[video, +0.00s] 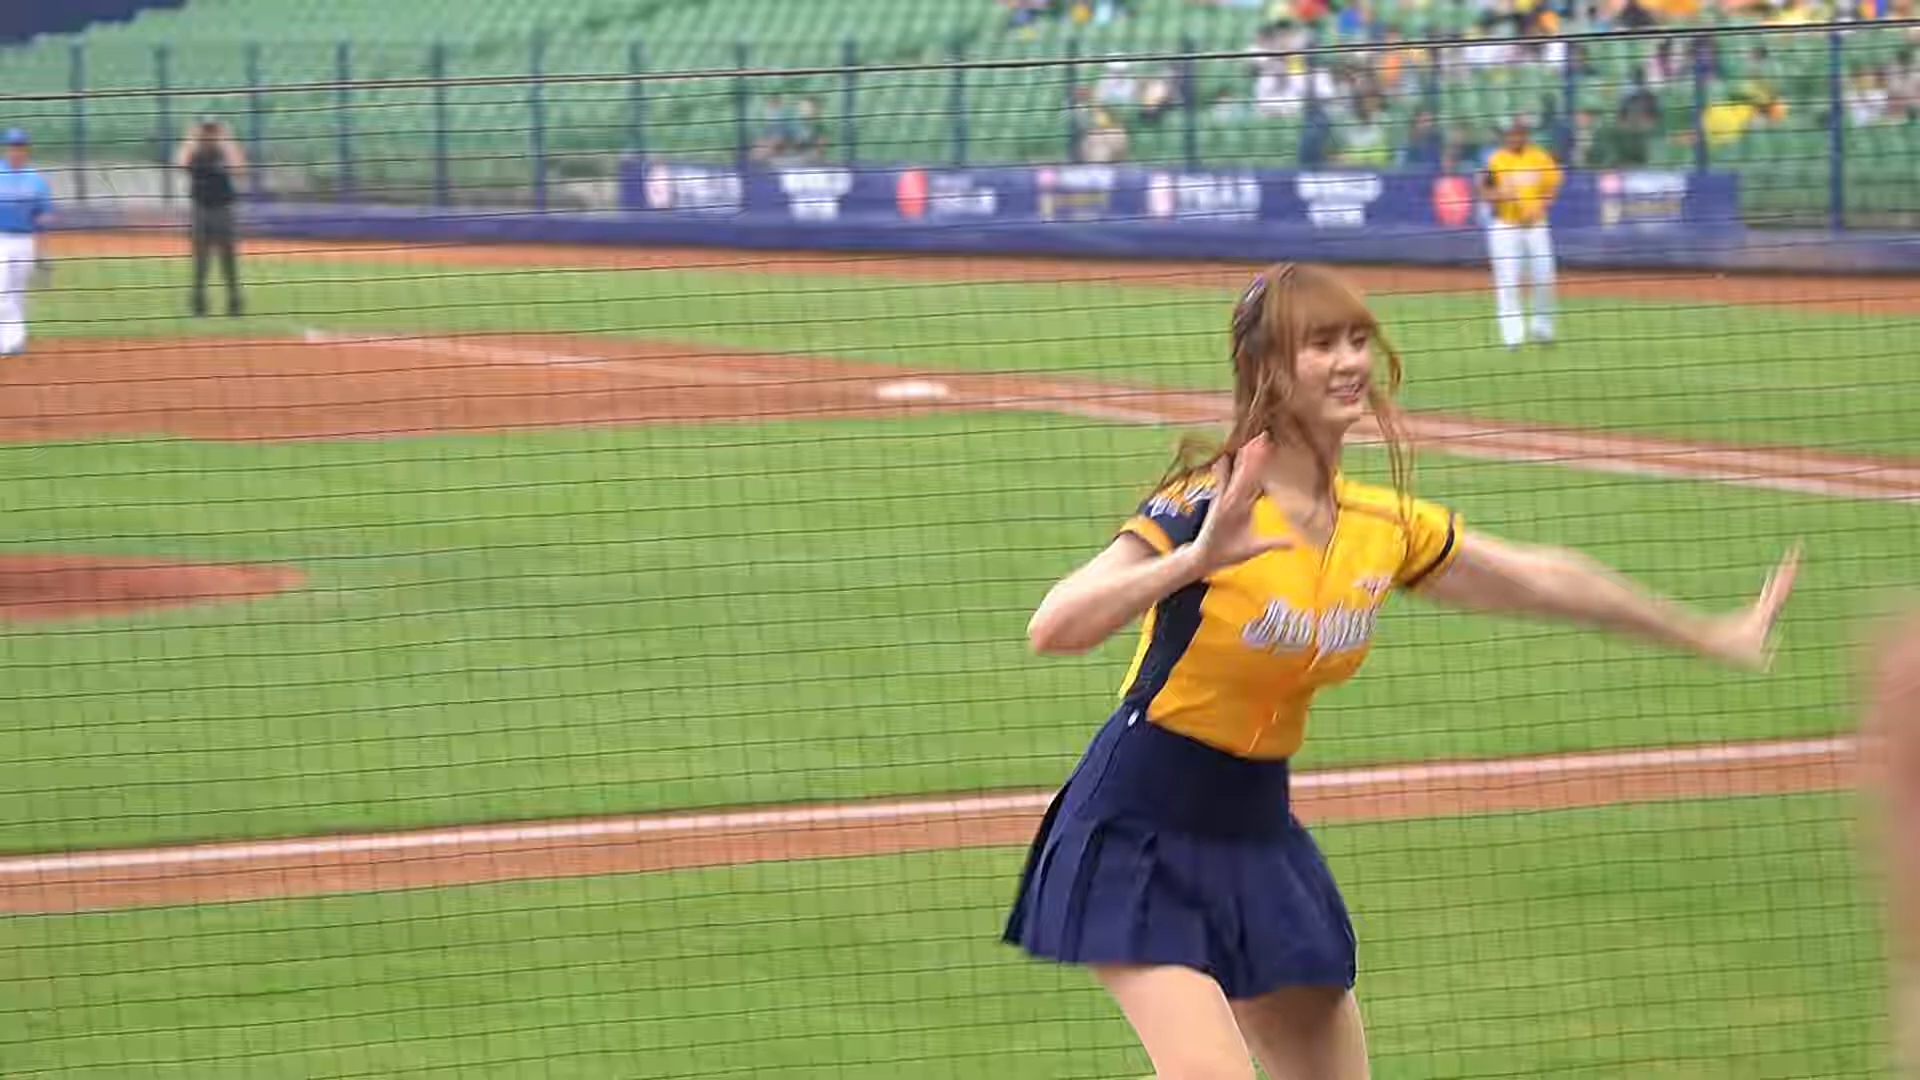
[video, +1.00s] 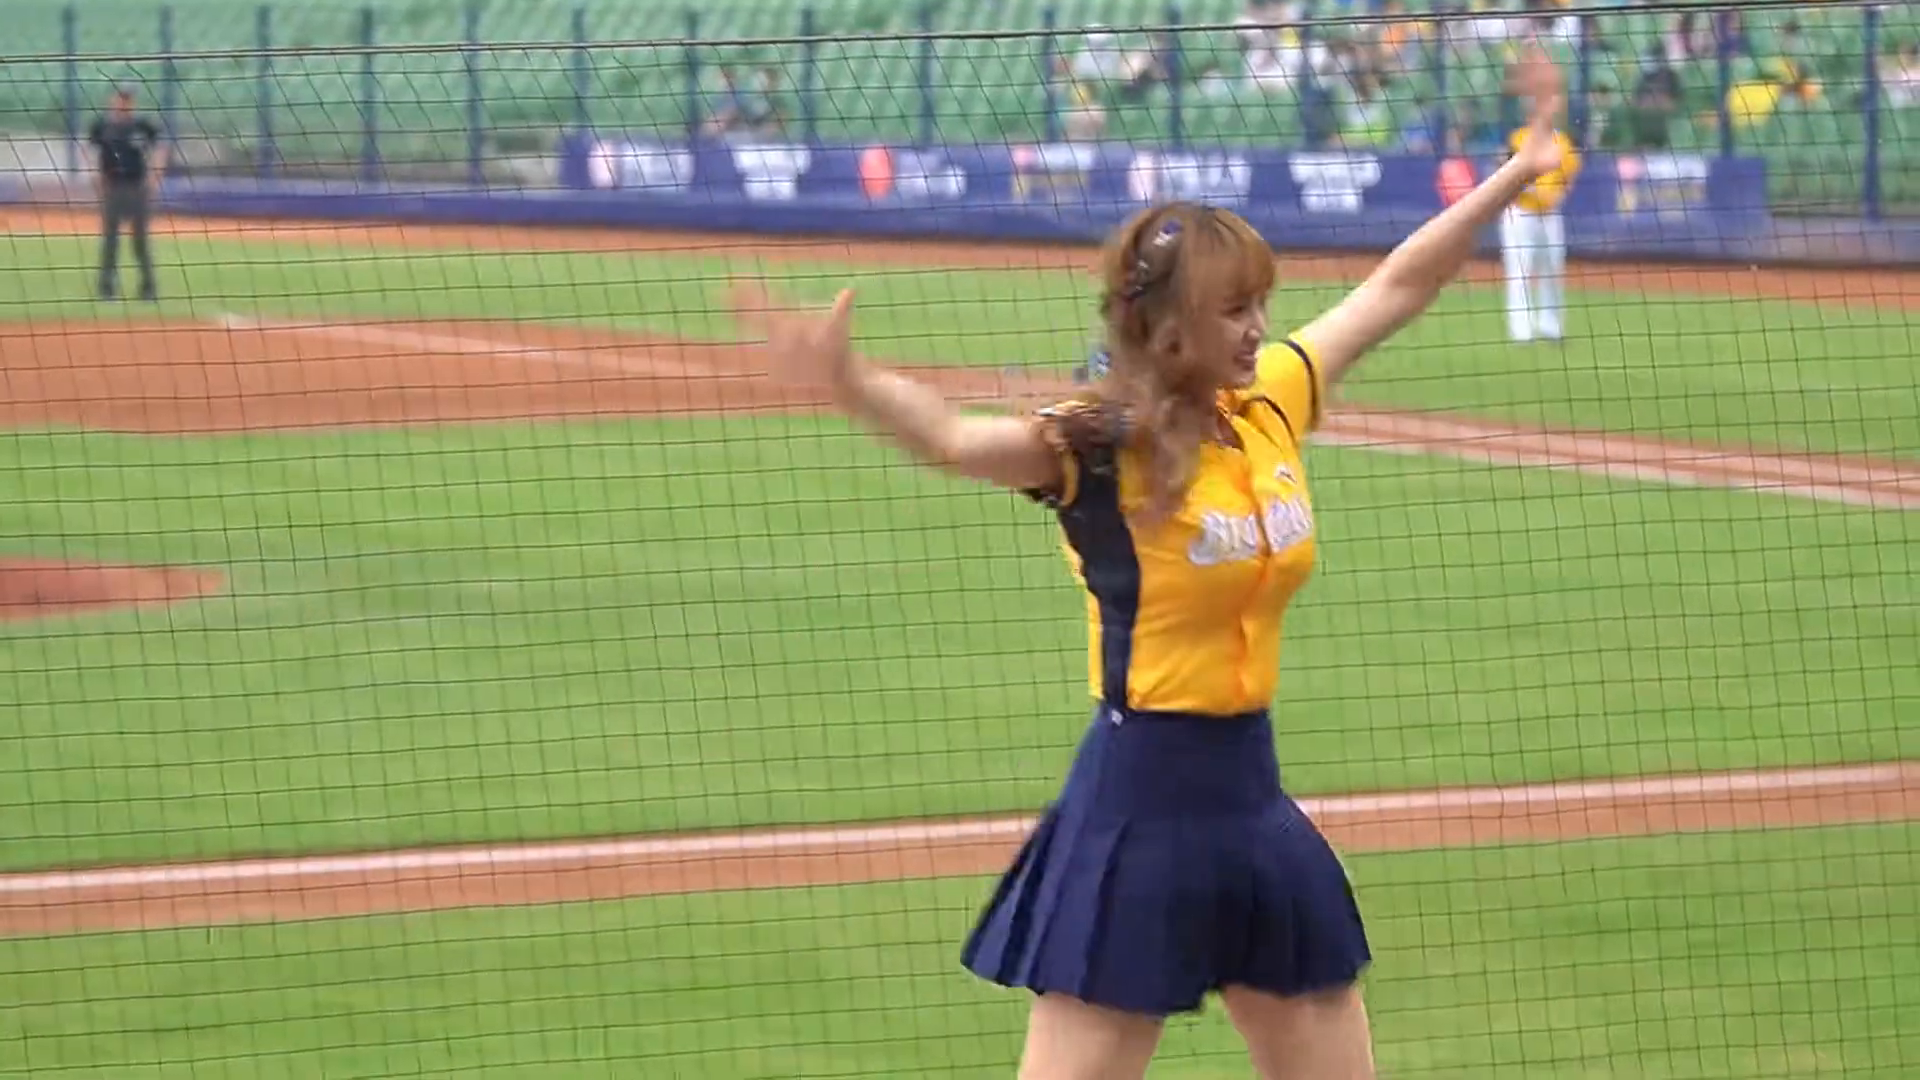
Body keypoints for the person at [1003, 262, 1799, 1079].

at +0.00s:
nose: (1351, 361)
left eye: (1359, 341)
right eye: (1324, 345)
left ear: (1374, 361)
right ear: (1266, 375)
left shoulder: (1387, 526)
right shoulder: (1200, 506)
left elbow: (1542, 581)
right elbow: (1052, 629)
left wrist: (1708, 636)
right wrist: (1194, 559)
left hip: (1256, 832)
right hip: (1136, 822)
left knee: (1333, 1064)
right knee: (1210, 1066)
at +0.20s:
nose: (1310, 321)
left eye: (1318, 300)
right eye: (1283, 302)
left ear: (1327, 317)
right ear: (1220, 324)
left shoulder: (1355, 469)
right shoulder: (1145, 466)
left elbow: (1536, 489)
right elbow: (958, 510)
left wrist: (1715, 498)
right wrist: (1054, 412)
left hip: (1268, 793)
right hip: (1144, 788)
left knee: (1316, 1065)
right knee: (1148, 1068)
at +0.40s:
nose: (1204, 337)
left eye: (1213, 315)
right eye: (1177, 315)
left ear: (1226, 328)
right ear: (1107, 336)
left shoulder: (1252, 432)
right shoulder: (1041, 465)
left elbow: (1396, 297)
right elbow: (891, 377)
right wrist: (815, 242)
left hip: (1230, 813)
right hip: (1092, 814)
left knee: (1286, 1066)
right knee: (1039, 1066)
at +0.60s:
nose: (1154, 337)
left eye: (1157, 316)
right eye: (1128, 317)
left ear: (1159, 331)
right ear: (1054, 343)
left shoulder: (1189, 446)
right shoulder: (997, 513)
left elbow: (1285, 526)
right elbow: (842, 643)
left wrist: (1293, 507)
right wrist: (684, 733)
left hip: (1180, 798)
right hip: (1051, 822)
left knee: (1304, 1065)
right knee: (1027, 1067)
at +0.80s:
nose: (1175, 361)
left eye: (1175, 340)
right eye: (1152, 344)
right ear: (1080, 374)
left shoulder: (1187, 460)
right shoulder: (1015, 552)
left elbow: (1278, 477)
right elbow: (920, 711)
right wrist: (812, 859)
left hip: (1178, 827)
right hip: (1058, 857)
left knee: (1357, 1065)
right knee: (1040, 1062)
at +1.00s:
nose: (1260, 331)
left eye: (1261, 310)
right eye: (1239, 312)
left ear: (1247, 320)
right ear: (1165, 324)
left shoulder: (1271, 396)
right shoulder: (1095, 443)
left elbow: (1394, 290)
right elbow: (951, 435)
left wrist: (1502, 184)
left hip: (1253, 792)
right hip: (1137, 799)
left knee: (1336, 1063)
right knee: (1070, 1063)